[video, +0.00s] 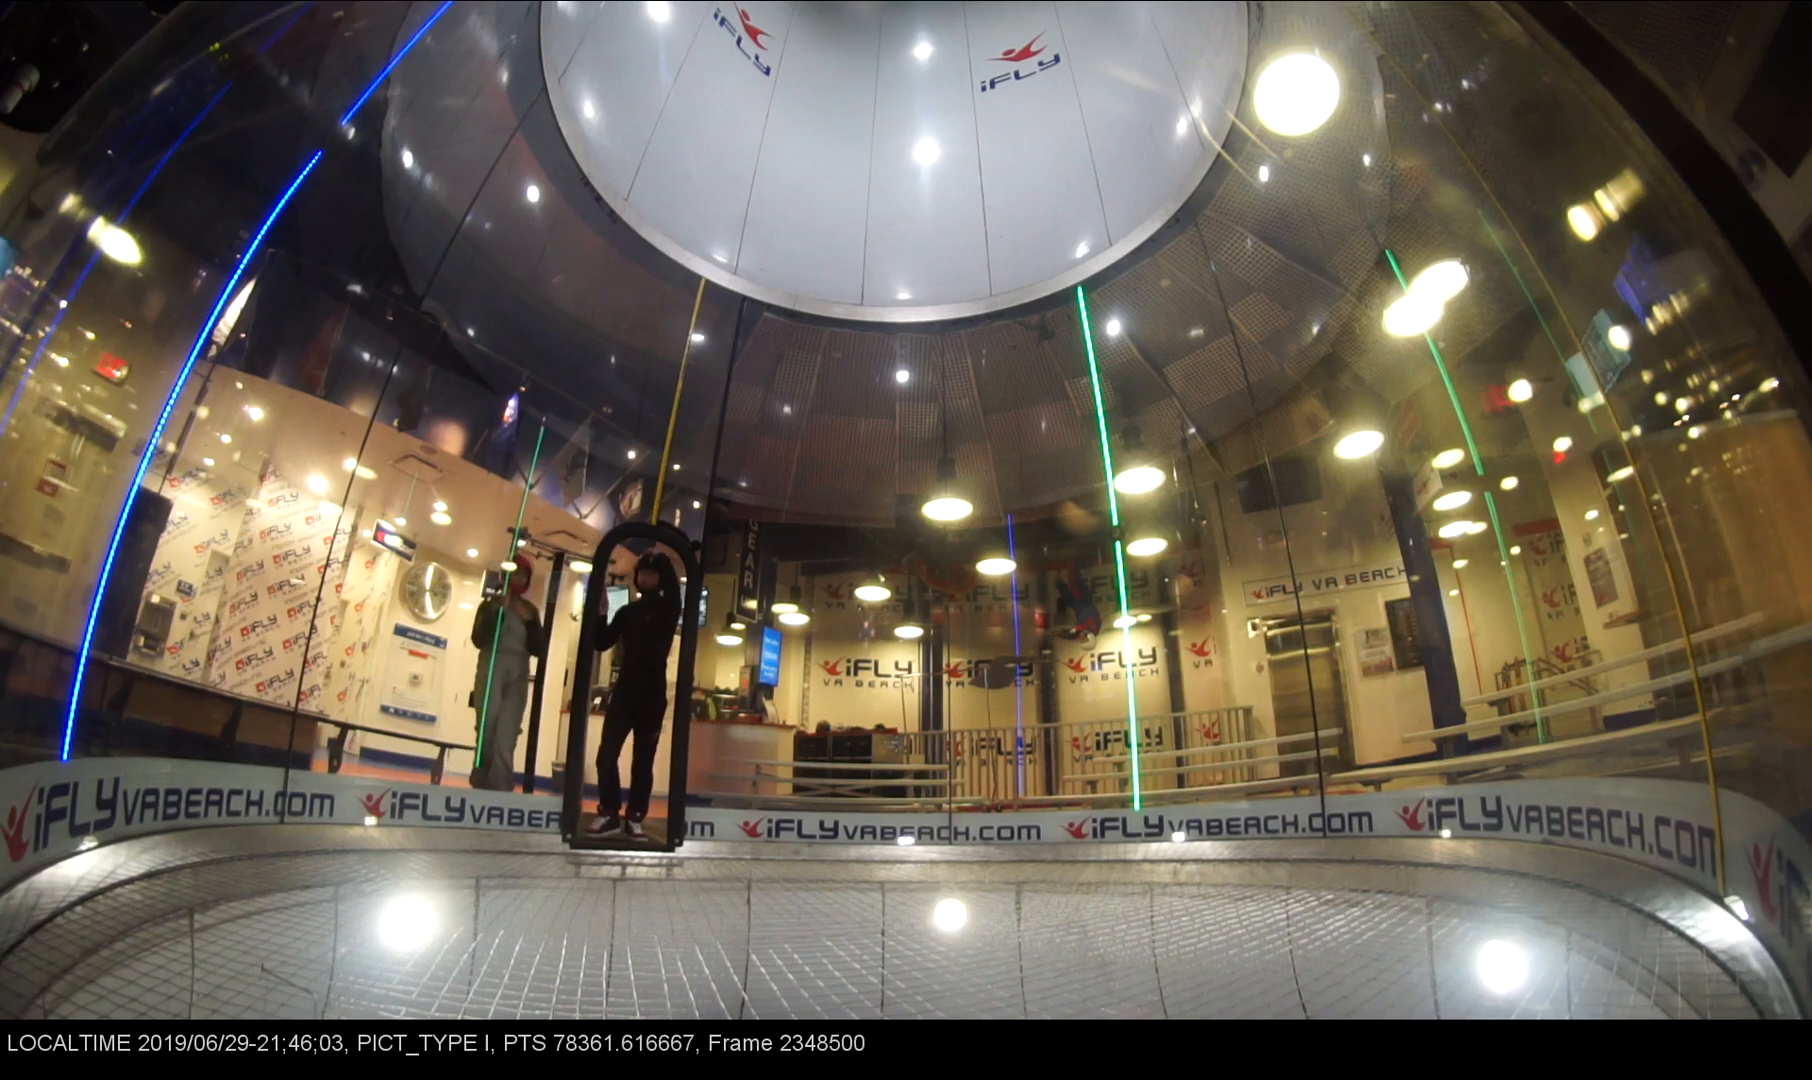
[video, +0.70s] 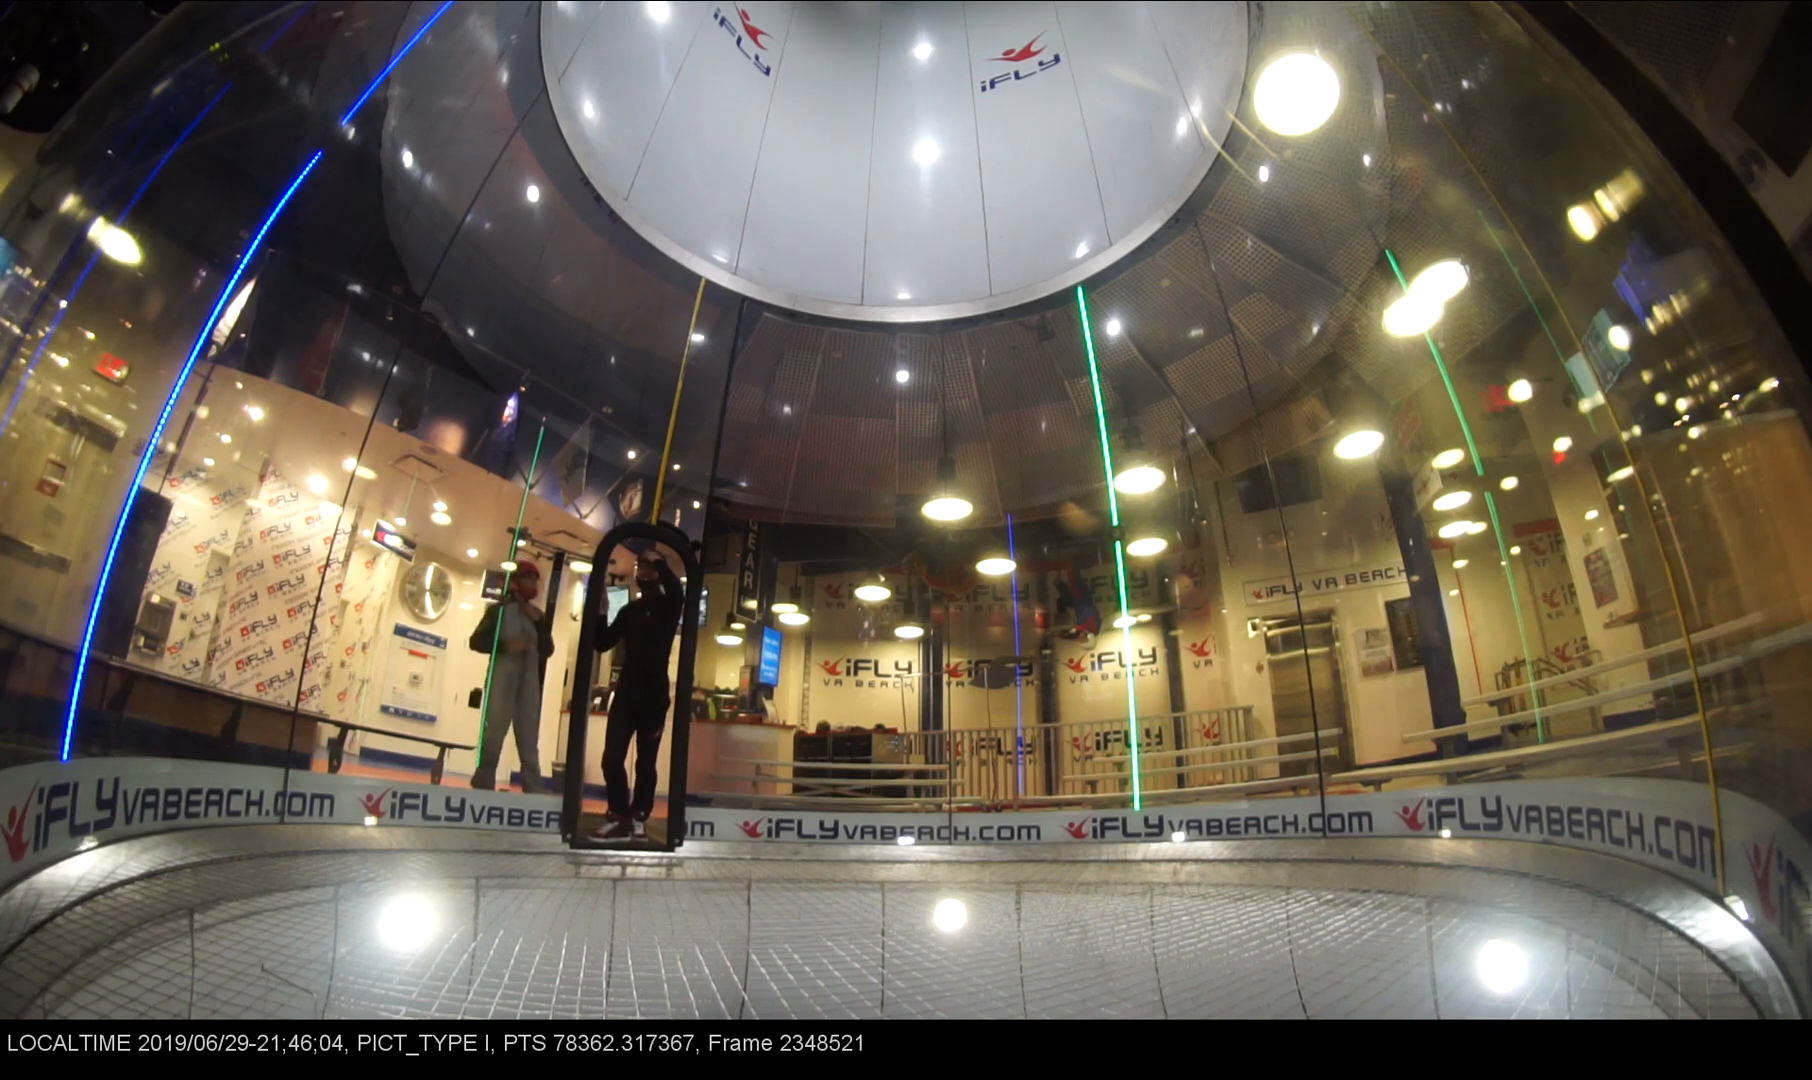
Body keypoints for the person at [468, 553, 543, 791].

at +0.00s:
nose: (518, 578)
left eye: (523, 574)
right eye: (515, 572)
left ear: (528, 581)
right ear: (506, 574)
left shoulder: (530, 610)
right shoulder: (490, 605)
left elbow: (538, 648)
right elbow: (479, 640)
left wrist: (531, 621)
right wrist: (495, 611)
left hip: (518, 671)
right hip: (490, 667)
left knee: (508, 729)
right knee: (487, 725)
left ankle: (501, 785)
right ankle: (481, 780)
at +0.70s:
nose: (533, 586)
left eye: (535, 581)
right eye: (528, 581)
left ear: (537, 585)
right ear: (515, 584)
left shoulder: (538, 617)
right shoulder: (498, 610)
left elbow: (547, 650)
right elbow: (477, 642)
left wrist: (538, 621)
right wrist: (505, 645)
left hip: (530, 686)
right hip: (501, 683)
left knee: (528, 740)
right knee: (493, 735)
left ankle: (533, 793)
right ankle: (483, 787)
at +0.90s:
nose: (541, 589)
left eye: (543, 584)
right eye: (536, 583)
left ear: (545, 588)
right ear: (524, 586)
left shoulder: (546, 617)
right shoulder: (511, 614)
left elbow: (560, 653)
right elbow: (490, 646)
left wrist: (552, 625)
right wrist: (521, 651)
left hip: (541, 685)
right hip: (515, 682)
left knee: (537, 739)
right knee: (506, 734)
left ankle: (535, 795)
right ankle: (485, 787)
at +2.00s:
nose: (564, 595)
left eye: (570, 591)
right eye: (560, 589)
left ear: (577, 596)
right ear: (553, 591)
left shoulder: (579, 627)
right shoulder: (542, 621)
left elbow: (590, 658)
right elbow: (519, 652)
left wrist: (581, 632)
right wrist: (533, 671)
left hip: (569, 685)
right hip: (544, 682)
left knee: (558, 740)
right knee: (547, 741)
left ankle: (538, 791)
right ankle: (543, 795)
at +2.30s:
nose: (570, 595)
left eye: (575, 591)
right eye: (566, 590)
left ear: (580, 597)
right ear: (557, 592)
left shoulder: (580, 627)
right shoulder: (545, 620)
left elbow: (591, 660)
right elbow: (519, 649)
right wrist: (533, 670)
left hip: (570, 686)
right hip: (545, 683)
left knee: (559, 739)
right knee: (548, 741)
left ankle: (539, 791)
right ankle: (544, 795)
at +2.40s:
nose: (572, 596)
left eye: (576, 592)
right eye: (569, 591)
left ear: (581, 597)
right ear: (559, 593)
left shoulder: (579, 627)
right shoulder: (546, 620)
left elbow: (589, 660)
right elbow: (519, 648)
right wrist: (534, 669)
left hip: (570, 685)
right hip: (546, 682)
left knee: (560, 739)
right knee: (549, 740)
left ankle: (541, 791)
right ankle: (544, 794)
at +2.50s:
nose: (575, 597)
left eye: (578, 593)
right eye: (571, 591)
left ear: (582, 596)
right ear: (562, 593)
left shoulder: (578, 626)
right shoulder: (548, 619)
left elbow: (586, 655)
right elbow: (520, 648)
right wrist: (537, 669)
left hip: (569, 685)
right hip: (548, 682)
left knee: (559, 739)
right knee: (552, 739)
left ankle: (544, 793)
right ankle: (542, 795)